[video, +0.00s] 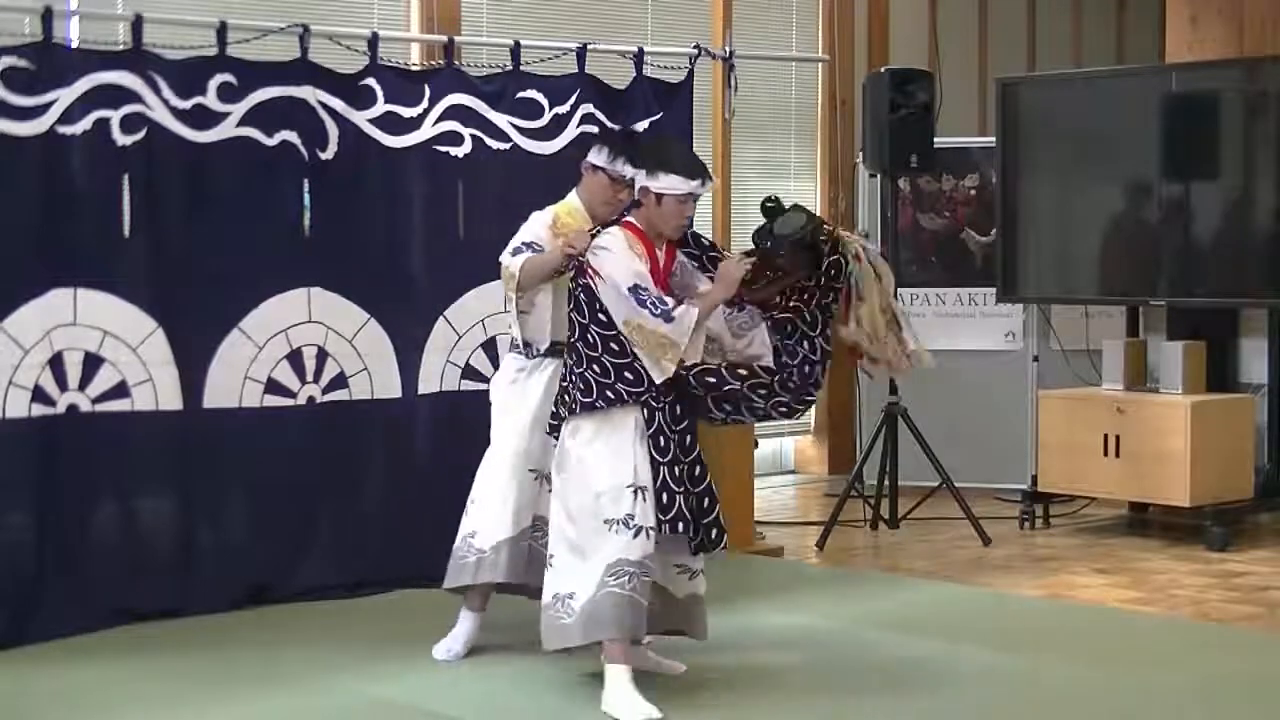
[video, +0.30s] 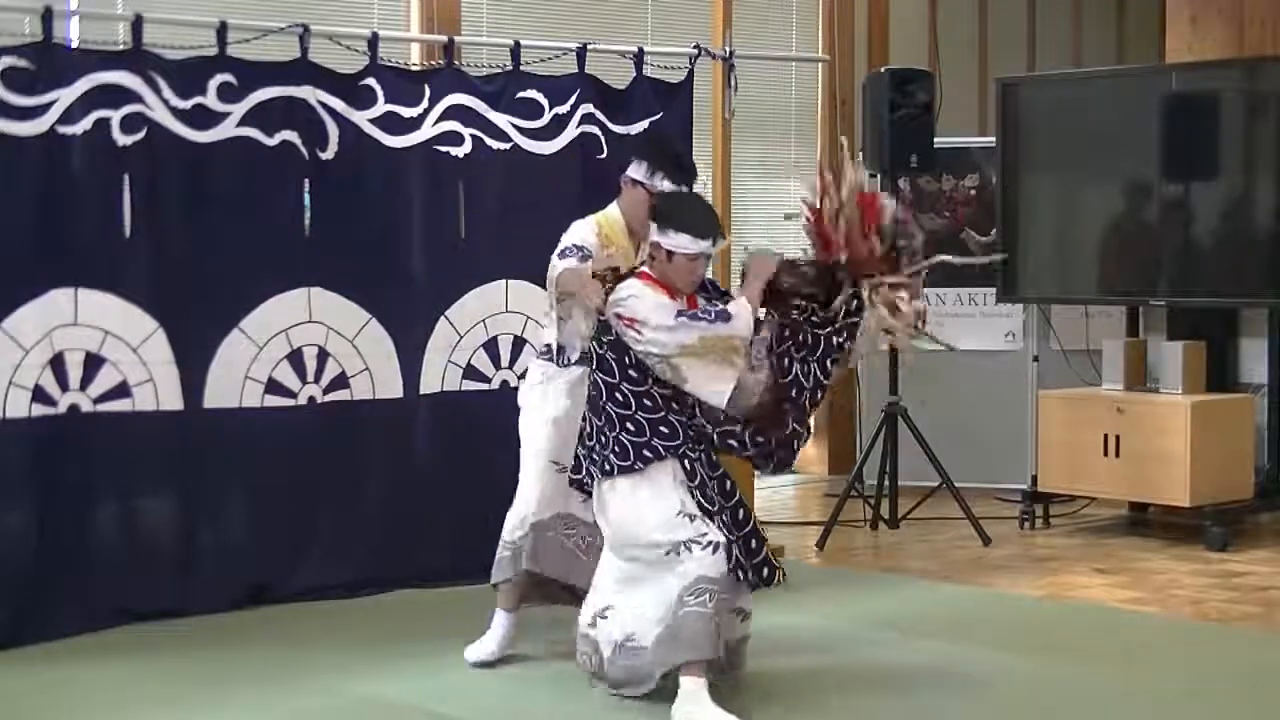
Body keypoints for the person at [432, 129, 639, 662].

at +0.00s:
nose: (626, 197)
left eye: (632, 188)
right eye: (618, 184)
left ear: (634, 191)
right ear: (587, 174)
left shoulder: (625, 236)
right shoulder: (546, 224)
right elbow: (513, 278)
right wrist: (556, 259)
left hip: (598, 384)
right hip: (535, 381)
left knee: (607, 497)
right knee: (503, 489)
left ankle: (616, 623)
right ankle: (470, 617)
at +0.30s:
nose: (661, 207)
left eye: (668, 196)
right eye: (655, 193)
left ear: (668, 197)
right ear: (629, 184)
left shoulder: (667, 251)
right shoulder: (588, 233)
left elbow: (701, 308)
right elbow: (563, 277)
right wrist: (614, 300)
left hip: (625, 389)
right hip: (560, 384)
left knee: (636, 504)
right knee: (535, 496)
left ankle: (631, 627)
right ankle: (502, 624)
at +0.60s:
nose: (683, 242)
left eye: (690, 233)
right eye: (678, 228)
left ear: (685, 231)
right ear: (650, 213)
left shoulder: (662, 265)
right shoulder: (606, 259)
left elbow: (679, 320)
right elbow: (596, 312)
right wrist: (609, 348)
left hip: (612, 398)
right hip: (562, 397)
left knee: (622, 504)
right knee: (560, 511)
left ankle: (605, 613)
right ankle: (545, 641)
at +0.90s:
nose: (672, 252)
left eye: (678, 244)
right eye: (667, 239)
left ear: (672, 238)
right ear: (639, 220)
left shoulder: (654, 277)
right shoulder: (585, 265)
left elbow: (657, 342)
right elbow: (564, 343)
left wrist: (641, 366)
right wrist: (615, 366)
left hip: (605, 403)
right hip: (552, 403)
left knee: (614, 508)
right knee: (557, 523)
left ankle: (592, 613)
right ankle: (537, 652)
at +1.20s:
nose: (655, 256)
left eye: (660, 247)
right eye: (651, 245)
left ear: (634, 234)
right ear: (622, 228)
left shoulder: (634, 279)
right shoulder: (572, 274)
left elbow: (633, 350)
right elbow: (571, 362)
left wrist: (641, 382)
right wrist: (645, 384)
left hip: (605, 420)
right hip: (556, 424)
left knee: (628, 517)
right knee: (574, 528)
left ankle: (606, 615)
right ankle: (543, 652)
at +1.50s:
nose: (647, 251)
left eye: (653, 242)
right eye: (643, 238)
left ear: (632, 231)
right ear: (614, 221)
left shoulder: (625, 274)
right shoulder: (562, 269)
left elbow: (629, 356)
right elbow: (577, 365)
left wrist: (654, 383)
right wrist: (656, 384)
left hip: (597, 414)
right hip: (543, 419)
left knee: (618, 518)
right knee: (568, 530)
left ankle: (600, 621)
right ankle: (541, 651)